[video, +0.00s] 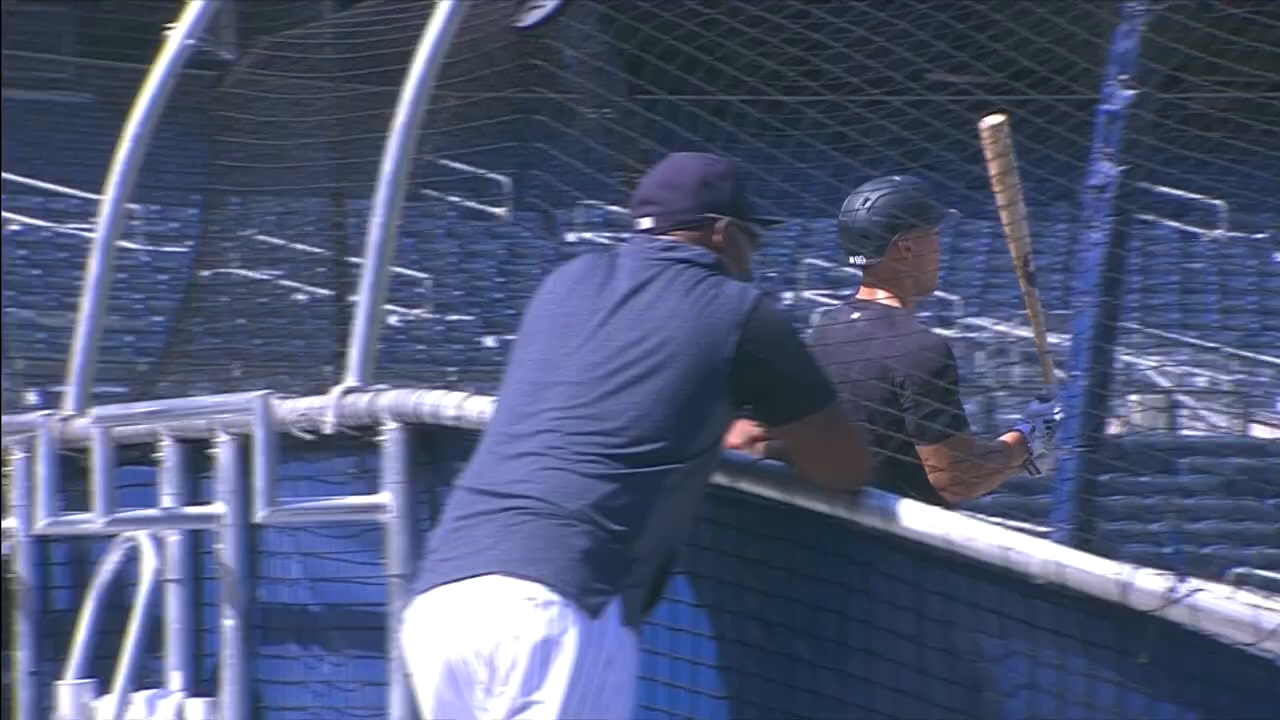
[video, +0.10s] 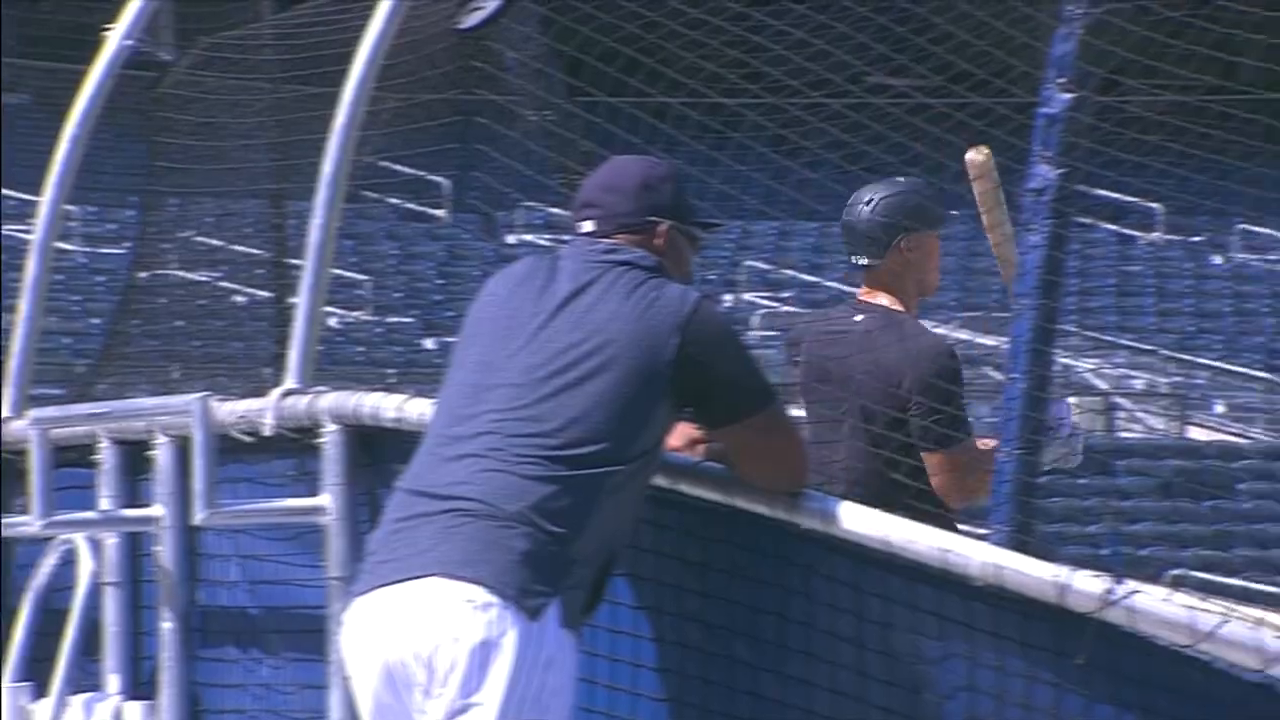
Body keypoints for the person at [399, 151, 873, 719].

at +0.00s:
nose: (754, 260)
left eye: (756, 241)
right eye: (752, 240)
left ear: (643, 226)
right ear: (720, 234)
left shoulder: (561, 281)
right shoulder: (738, 307)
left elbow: (586, 407)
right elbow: (845, 465)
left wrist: (715, 431)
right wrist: (768, 433)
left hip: (437, 600)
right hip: (550, 602)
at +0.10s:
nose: (695, 264)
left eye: (696, 245)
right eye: (692, 243)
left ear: (584, 230)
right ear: (661, 237)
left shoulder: (501, 285)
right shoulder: (677, 309)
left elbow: (524, 410)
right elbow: (783, 468)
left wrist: (654, 435)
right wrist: (707, 435)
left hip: (373, 607)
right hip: (488, 608)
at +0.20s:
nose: (636, 265)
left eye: (636, 247)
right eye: (632, 245)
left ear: (525, 231)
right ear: (601, 239)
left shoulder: (444, 287)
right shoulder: (619, 314)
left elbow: (467, 415)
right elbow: (724, 471)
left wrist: (595, 440)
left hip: (313, 608)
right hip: (427, 610)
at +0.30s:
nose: (576, 268)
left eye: (577, 250)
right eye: (573, 248)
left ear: (466, 233)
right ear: (541, 241)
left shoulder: (387, 287)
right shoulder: (561, 316)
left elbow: (412, 415)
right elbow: (665, 474)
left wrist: (536, 442)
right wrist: (596, 439)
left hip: (251, 612)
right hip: (366, 613)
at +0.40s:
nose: (508, 271)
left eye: (509, 253)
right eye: (505, 251)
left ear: (396, 234)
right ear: (474, 244)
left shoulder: (317, 291)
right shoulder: (493, 321)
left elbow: (342, 423)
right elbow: (596, 479)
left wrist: (467, 445)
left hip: (179, 616)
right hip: (296, 618)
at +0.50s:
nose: (434, 273)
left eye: (435, 256)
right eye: (431, 254)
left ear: (321, 236)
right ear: (402, 246)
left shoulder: (240, 295)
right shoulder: (419, 324)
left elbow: (267, 424)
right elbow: (521, 481)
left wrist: (391, 447)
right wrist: (453, 440)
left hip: (102, 620)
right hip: (221, 621)